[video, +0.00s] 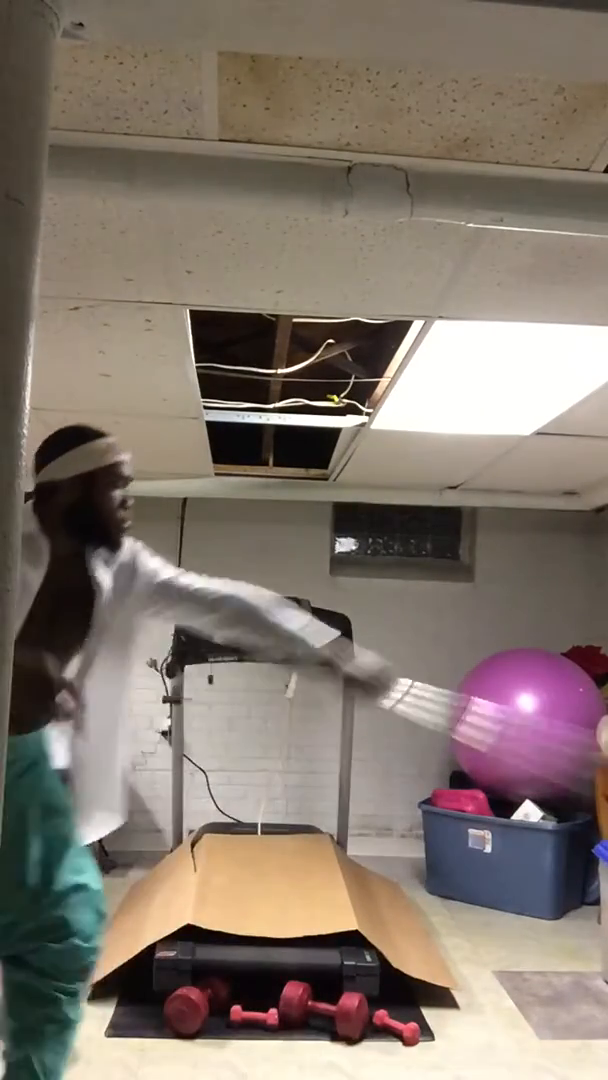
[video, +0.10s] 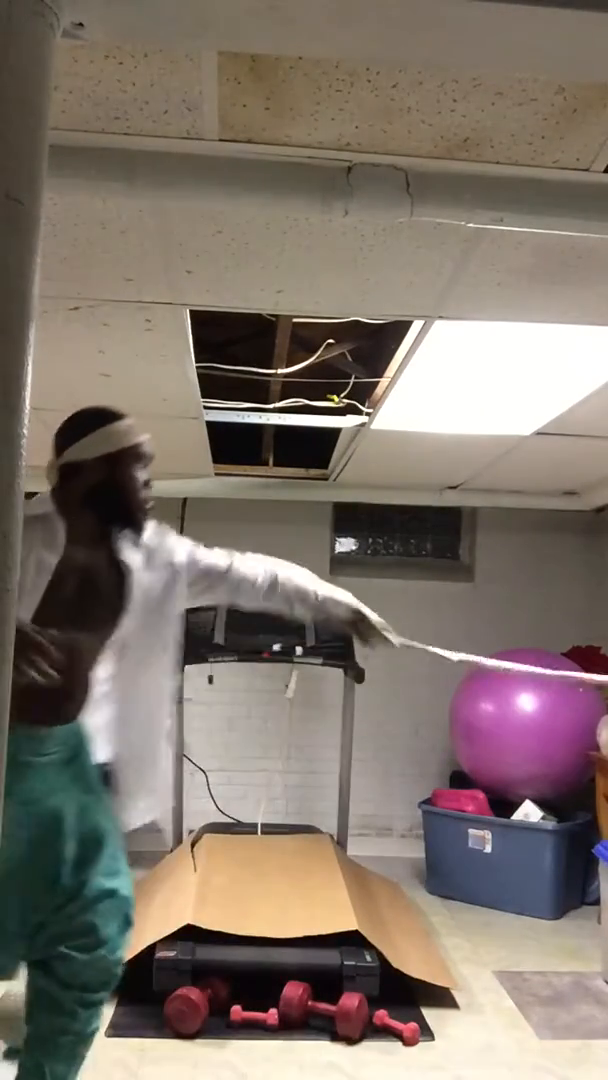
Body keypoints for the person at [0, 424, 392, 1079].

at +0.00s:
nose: (128, 498)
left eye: (128, 484)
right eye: (113, 485)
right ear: (61, 494)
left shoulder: (122, 568)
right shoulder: (15, 559)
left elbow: (225, 604)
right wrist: (21, 667)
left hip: (49, 780)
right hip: (12, 775)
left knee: (61, 935)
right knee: (46, 935)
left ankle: (32, 1067)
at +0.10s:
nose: (148, 481)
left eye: (147, 468)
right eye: (134, 469)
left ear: (137, 470)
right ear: (89, 478)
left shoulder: (156, 551)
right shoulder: (32, 539)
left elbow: (246, 574)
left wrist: (340, 607)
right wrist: (13, 639)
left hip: (86, 773)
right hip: (21, 766)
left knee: (89, 950)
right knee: (10, 941)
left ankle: (45, 1066)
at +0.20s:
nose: (172, 460)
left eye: (170, 446)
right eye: (157, 448)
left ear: (161, 454)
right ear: (112, 460)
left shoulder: (174, 538)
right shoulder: (43, 527)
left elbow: (237, 558)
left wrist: (302, 583)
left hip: (103, 746)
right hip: (26, 744)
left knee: (104, 938)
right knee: (13, 945)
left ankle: (47, 1070)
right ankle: (9, 1041)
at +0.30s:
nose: (192, 456)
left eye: (190, 442)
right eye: (179, 443)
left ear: (142, 453)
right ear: (139, 454)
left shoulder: (180, 543)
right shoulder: (71, 521)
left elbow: (238, 582)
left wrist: (239, 593)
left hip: (129, 740)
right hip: (64, 735)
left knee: (116, 946)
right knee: (61, 951)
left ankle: (49, 1071)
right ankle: (8, 1058)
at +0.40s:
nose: (213, 461)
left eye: (210, 448)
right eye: (205, 448)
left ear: (157, 455)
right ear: (173, 455)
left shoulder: (192, 544)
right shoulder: (95, 519)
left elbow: (181, 665)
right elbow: (20, 633)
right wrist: (59, 726)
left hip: (147, 743)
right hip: (93, 741)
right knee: (127, 963)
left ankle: (47, 1055)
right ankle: (45, 1064)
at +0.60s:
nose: (236, 469)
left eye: (233, 459)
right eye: (236, 459)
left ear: (168, 454)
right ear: (227, 460)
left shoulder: (138, 512)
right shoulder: (210, 526)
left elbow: (74, 564)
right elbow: (237, 652)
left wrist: (34, 588)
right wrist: (342, 739)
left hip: (88, 758)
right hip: (153, 764)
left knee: (81, 960)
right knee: (217, 963)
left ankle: (52, 1067)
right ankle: (228, 1066)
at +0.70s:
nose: (190, 470)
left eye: (186, 459)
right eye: (259, 462)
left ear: (183, 459)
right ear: (253, 465)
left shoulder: (136, 524)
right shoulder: (276, 538)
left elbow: (41, 589)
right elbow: (332, 648)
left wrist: (13, 593)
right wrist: (409, 723)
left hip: (111, 789)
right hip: (208, 792)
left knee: (84, 997)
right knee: (260, 998)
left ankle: (55, 1074)